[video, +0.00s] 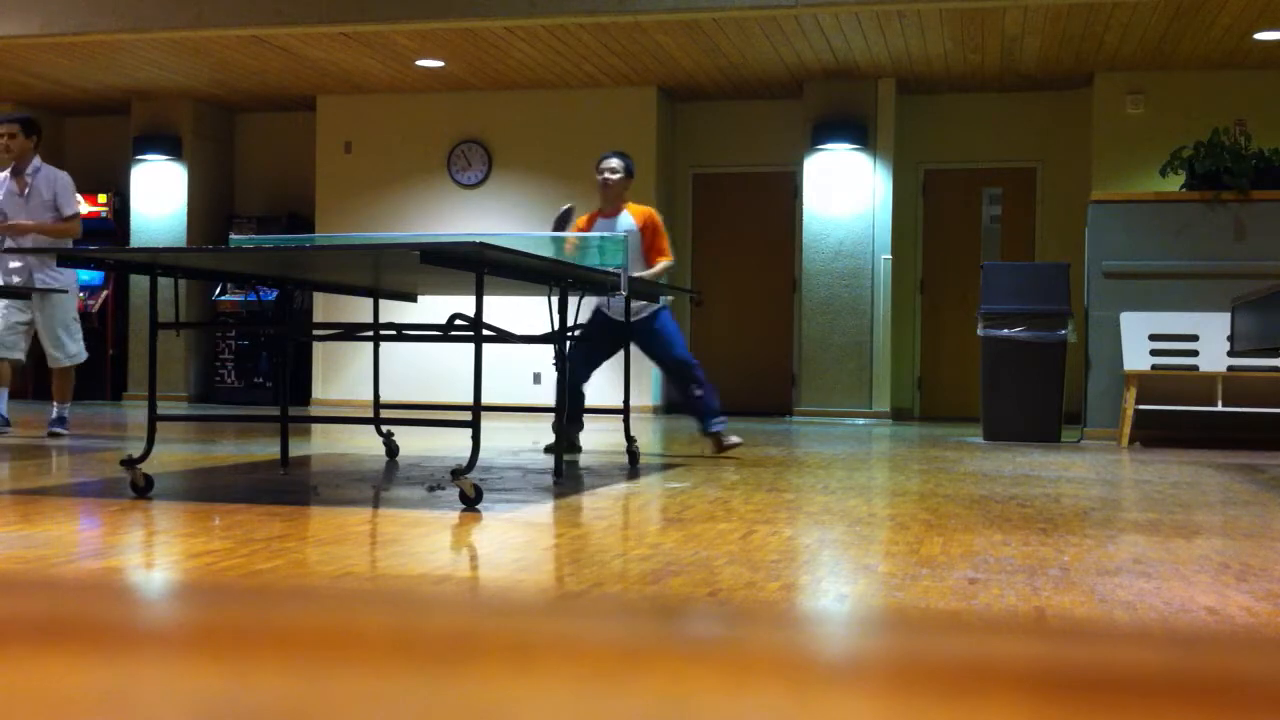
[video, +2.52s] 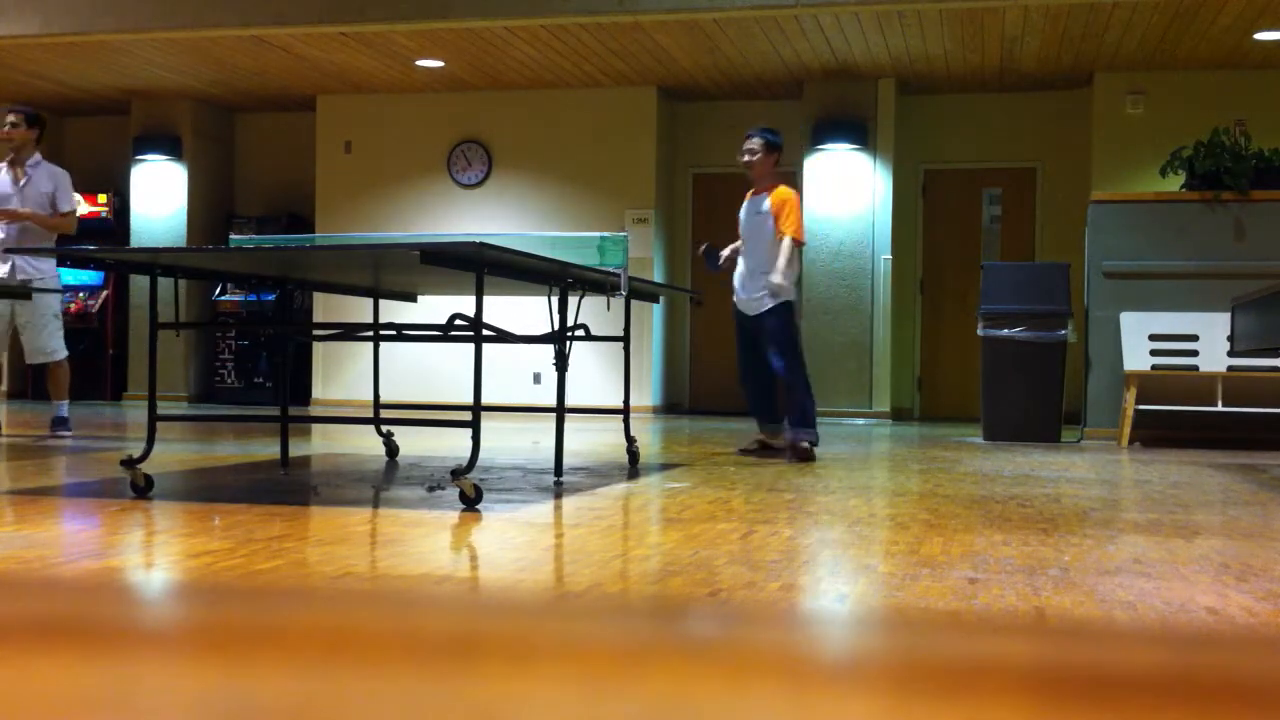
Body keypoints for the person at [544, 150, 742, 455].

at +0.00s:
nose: (606, 177)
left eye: (613, 172)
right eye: (602, 172)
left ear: (628, 179)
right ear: (595, 178)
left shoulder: (646, 217)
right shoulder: (585, 224)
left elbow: (666, 259)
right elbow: (568, 263)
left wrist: (644, 278)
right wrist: (560, 235)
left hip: (648, 313)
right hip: (607, 314)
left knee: (681, 362)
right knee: (571, 369)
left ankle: (716, 431)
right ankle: (568, 437)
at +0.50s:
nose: (708, 155)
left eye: (715, 148)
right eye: (705, 149)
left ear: (732, 152)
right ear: (702, 155)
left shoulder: (751, 188)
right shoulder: (716, 202)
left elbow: (752, 237)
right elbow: (693, 241)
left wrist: (707, 251)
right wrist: (652, 255)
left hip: (764, 288)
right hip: (737, 293)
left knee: (764, 361)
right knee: (743, 369)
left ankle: (799, 436)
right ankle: (781, 439)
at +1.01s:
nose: (773, 146)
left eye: (782, 139)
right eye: (772, 139)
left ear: (806, 143)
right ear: (773, 144)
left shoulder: (838, 188)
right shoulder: (771, 180)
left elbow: (859, 242)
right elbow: (766, 209)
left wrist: (879, 285)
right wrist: (769, 212)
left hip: (827, 288)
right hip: (783, 293)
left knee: (837, 361)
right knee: (793, 370)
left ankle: (841, 450)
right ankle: (820, 430)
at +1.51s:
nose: (786, 131)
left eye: (796, 126)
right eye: (783, 126)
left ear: (816, 135)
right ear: (779, 133)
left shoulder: (834, 187)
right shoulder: (764, 178)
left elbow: (851, 232)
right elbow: (732, 219)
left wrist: (866, 272)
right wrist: (751, 228)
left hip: (815, 294)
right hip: (766, 290)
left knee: (827, 369)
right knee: (748, 371)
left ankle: (835, 446)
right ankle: (762, 446)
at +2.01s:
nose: (773, 142)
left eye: (781, 137)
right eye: (770, 137)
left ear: (801, 143)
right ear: (768, 144)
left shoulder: (815, 183)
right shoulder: (776, 186)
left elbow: (795, 231)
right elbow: (786, 228)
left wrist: (757, 271)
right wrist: (765, 243)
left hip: (810, 291)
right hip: (773, 284)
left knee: (809, 367)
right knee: (768, 357)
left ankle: (804, 444)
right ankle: (766, 439)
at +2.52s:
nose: (746, 158)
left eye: (753, 152)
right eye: (744, 152)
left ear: (773, 157)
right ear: (743, 158)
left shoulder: (785, 196)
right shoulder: (749, 200)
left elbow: (789, 239)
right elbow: (750, 240)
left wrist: (780, 274)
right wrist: (730, 249)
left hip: (773, 297)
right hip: (745, 298)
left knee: (786, 364)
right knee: (754, 368)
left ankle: (802, 437)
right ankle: (771, 435)